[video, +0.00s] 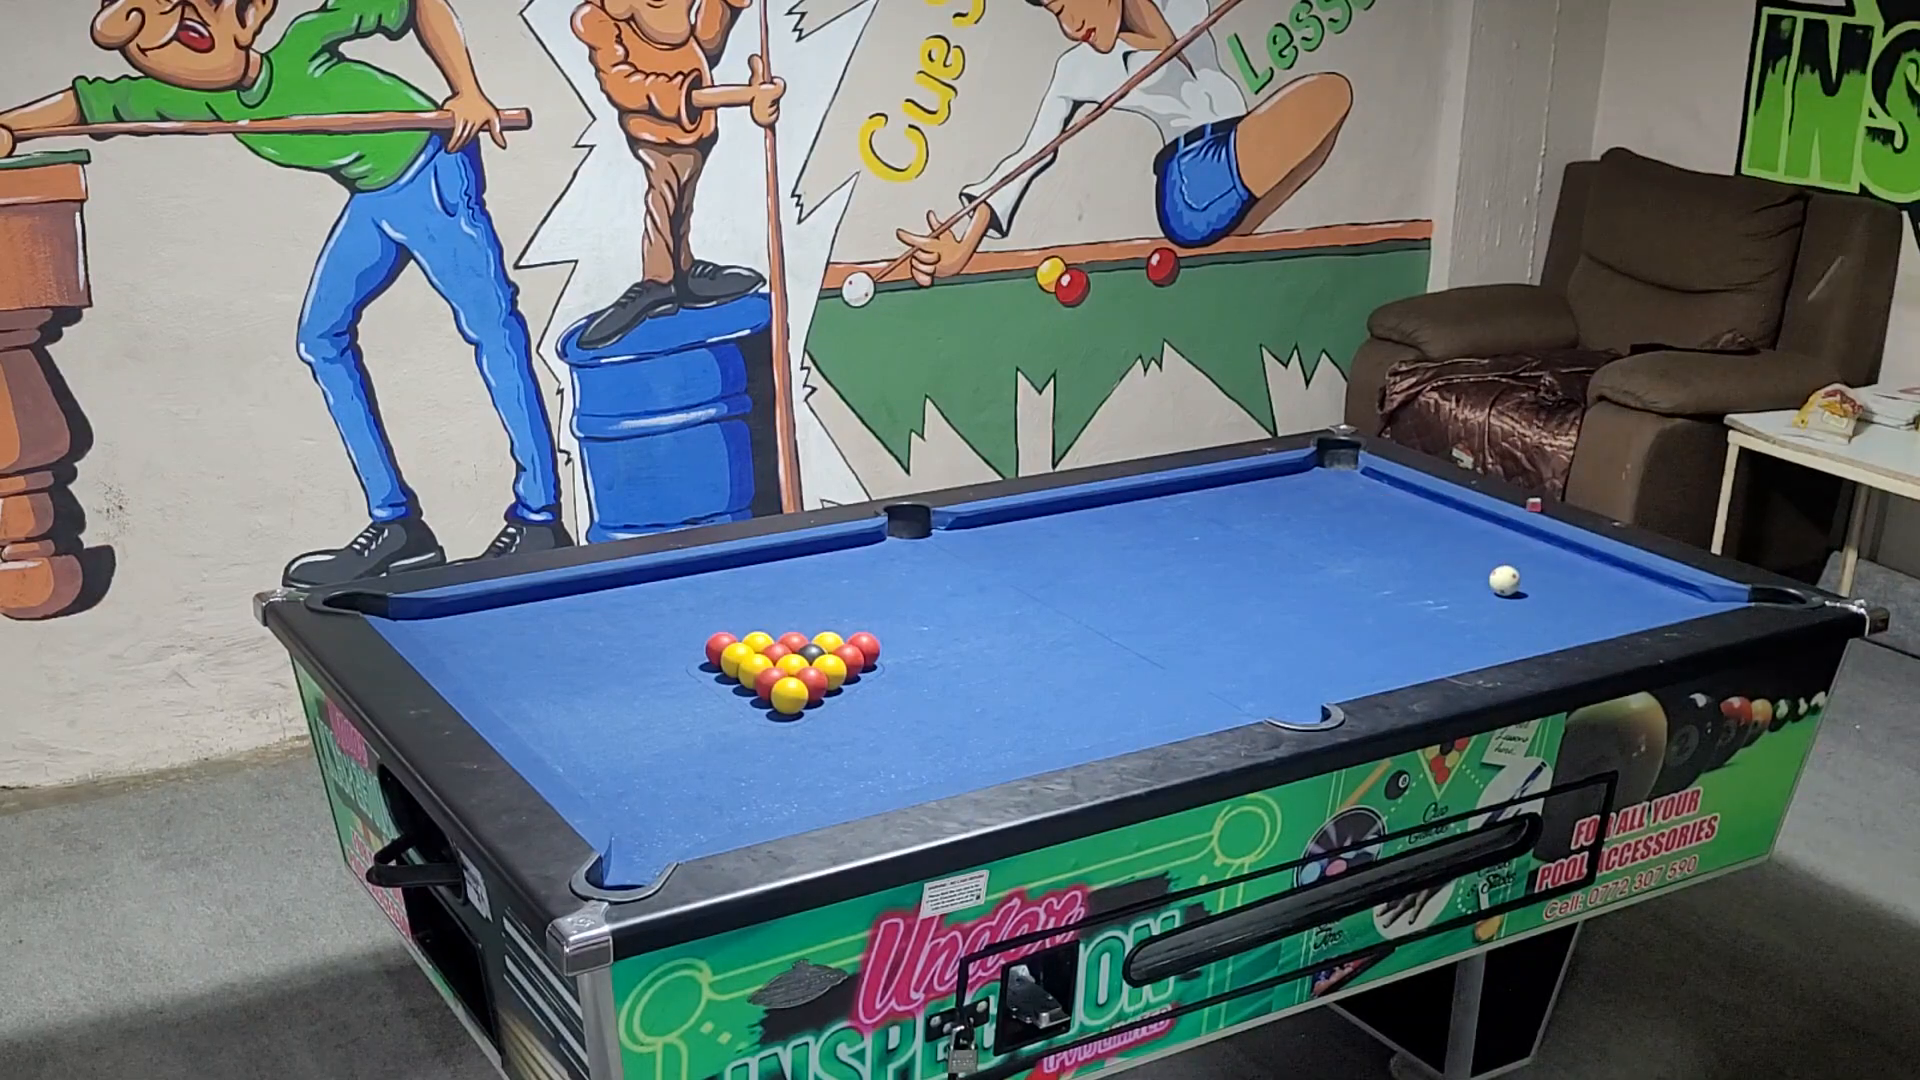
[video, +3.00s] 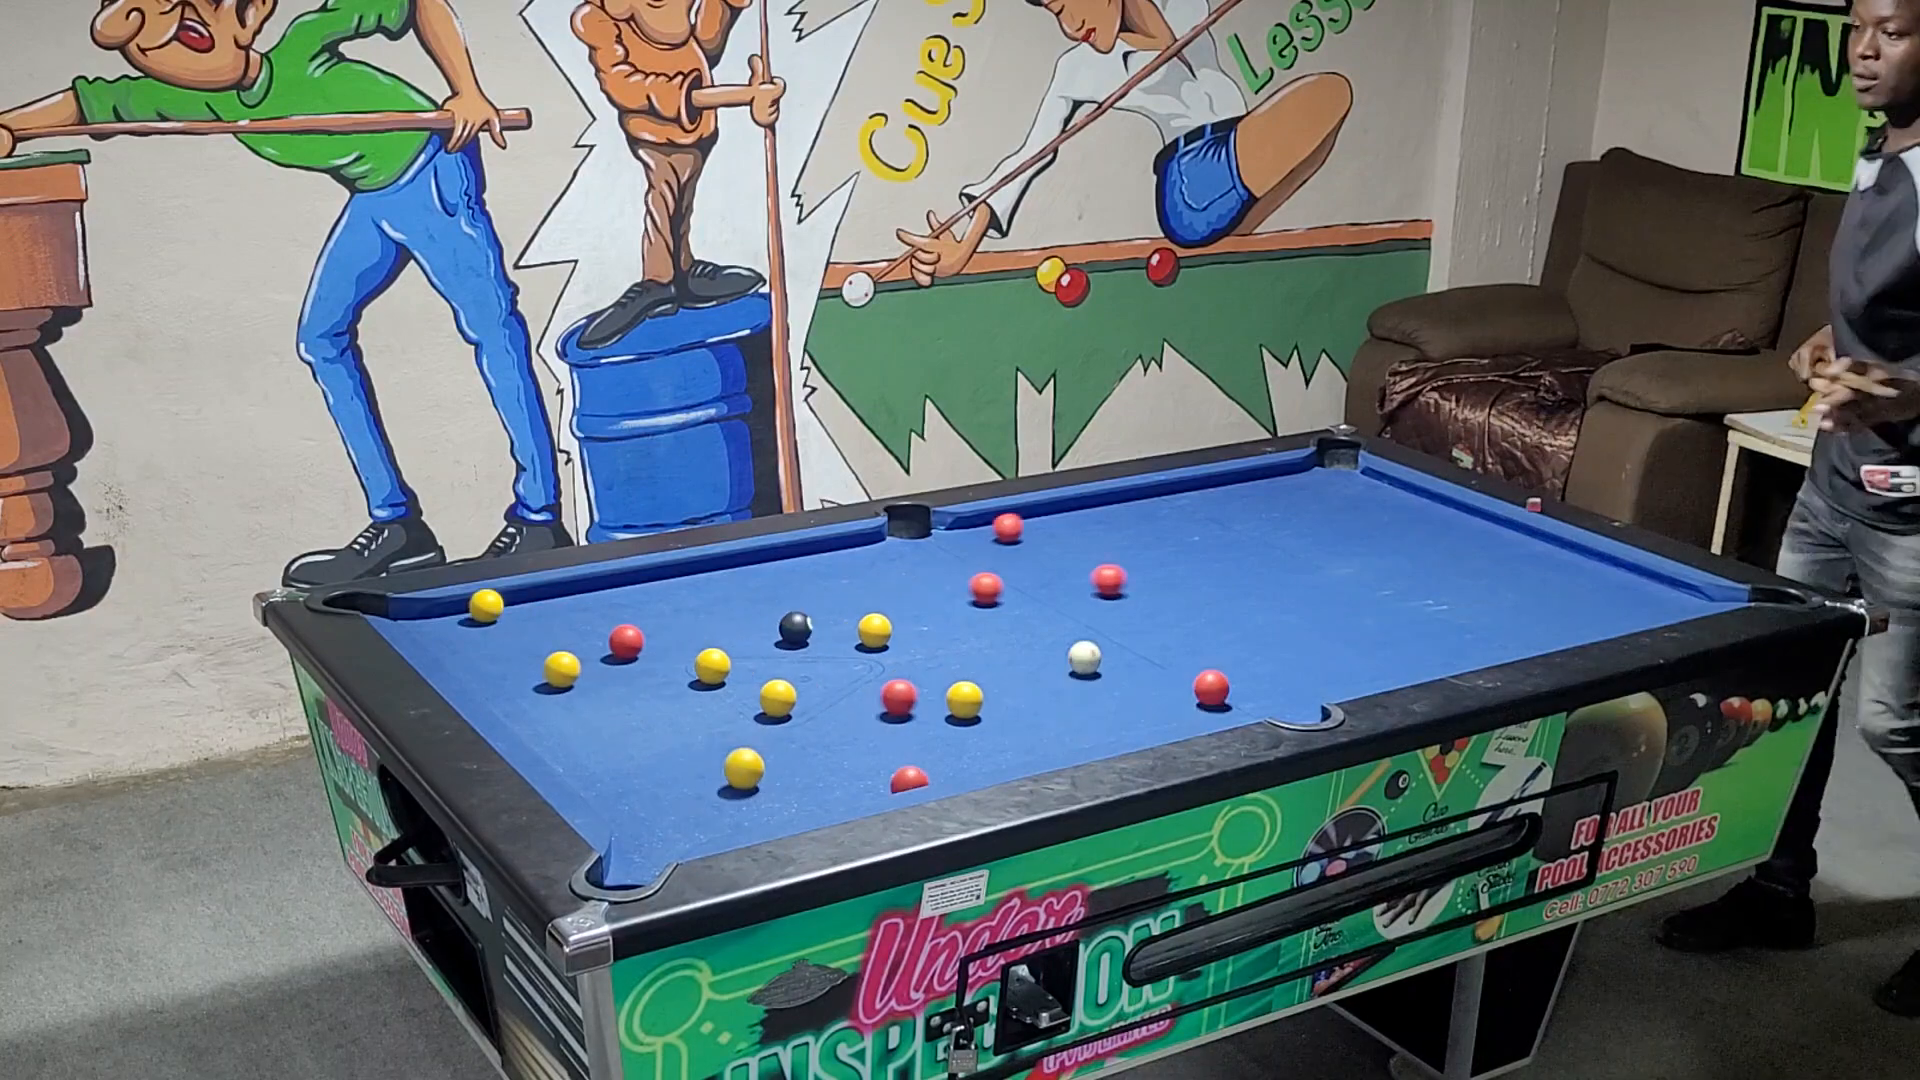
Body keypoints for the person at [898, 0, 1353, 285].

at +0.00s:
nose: (1070, 24)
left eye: (1070, 5)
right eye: (1057, 16)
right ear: (1056, 18)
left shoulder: (1176, 11)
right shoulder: (1076, 70)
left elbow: (1200, 58)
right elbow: (1028, 157)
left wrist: (1138, 13)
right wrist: (963, 246)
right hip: (1191, 185)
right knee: (1330, 91)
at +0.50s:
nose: (1070, 24)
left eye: (1070, 5)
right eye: (1057, 16)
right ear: (1056, 18)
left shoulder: (1175, 10)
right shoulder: (1077, 69)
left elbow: (1200, 58)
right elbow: (1028, 157)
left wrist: (1138, 14)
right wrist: (963, 246)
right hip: (1191, 185)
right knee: (1330, 91)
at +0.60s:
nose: (1069, 24)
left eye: (1070, 5)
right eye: (1057, 15)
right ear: (1056, 18)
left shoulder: (1175, 10)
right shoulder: (1077, 69)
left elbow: (1200, 57)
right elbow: (1028, 157)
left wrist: (1140, 14)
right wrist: (964, 245)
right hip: (1196, 178)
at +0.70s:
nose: (1070, 24)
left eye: (1071, 4)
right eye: (1057, 15)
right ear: (1056, 19)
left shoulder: (1176, 10)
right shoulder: (1076, 69)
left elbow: (1198, 57)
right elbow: (1028, 157)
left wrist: (1137, 11)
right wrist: (963, 246)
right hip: (1192, 182)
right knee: (1332, 92)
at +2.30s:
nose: (1070, 24)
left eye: (1071, 5)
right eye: (1056, 15)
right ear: (1055, 18)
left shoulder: (1175, 11)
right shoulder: (1076, 69)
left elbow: (1196, 58)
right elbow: (1029, 156)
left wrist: (1139, 12)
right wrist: (963, 244)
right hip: (1191, 183)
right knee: (1330, 91)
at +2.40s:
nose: (1070, 23)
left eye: (1071, 4)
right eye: (1056, 15)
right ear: (1055, 18)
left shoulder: (1174, 9)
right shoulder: (1076, 69)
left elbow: (1195, 57)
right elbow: (1028, 156)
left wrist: (1141, 15)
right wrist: (964, 245)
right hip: (1193, 172)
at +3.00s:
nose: (1070, 23)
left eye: (1071, 4)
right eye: (1056, 15)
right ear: (1055, 18)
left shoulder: (1174, 9)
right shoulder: (1076, 69)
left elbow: (1196, 56)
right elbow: (1028, 156)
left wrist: (1142, 15)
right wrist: (964, 245)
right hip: (1194, 167)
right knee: (1187, 206)